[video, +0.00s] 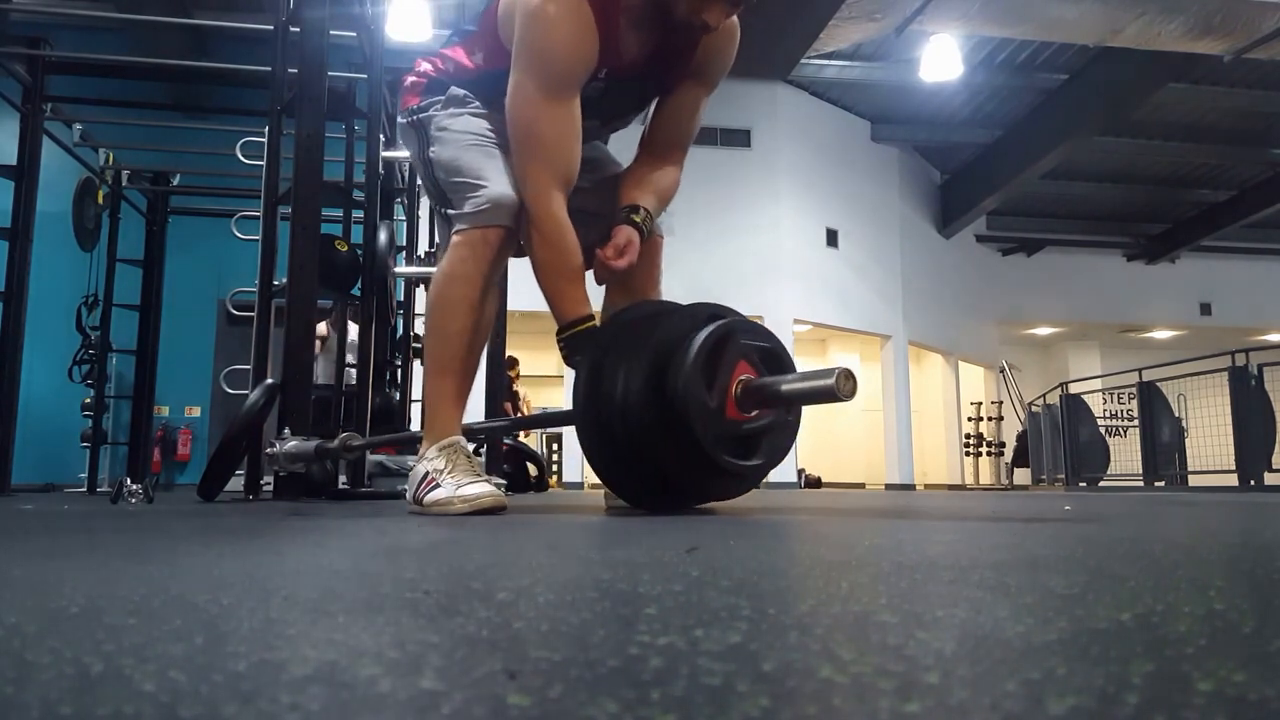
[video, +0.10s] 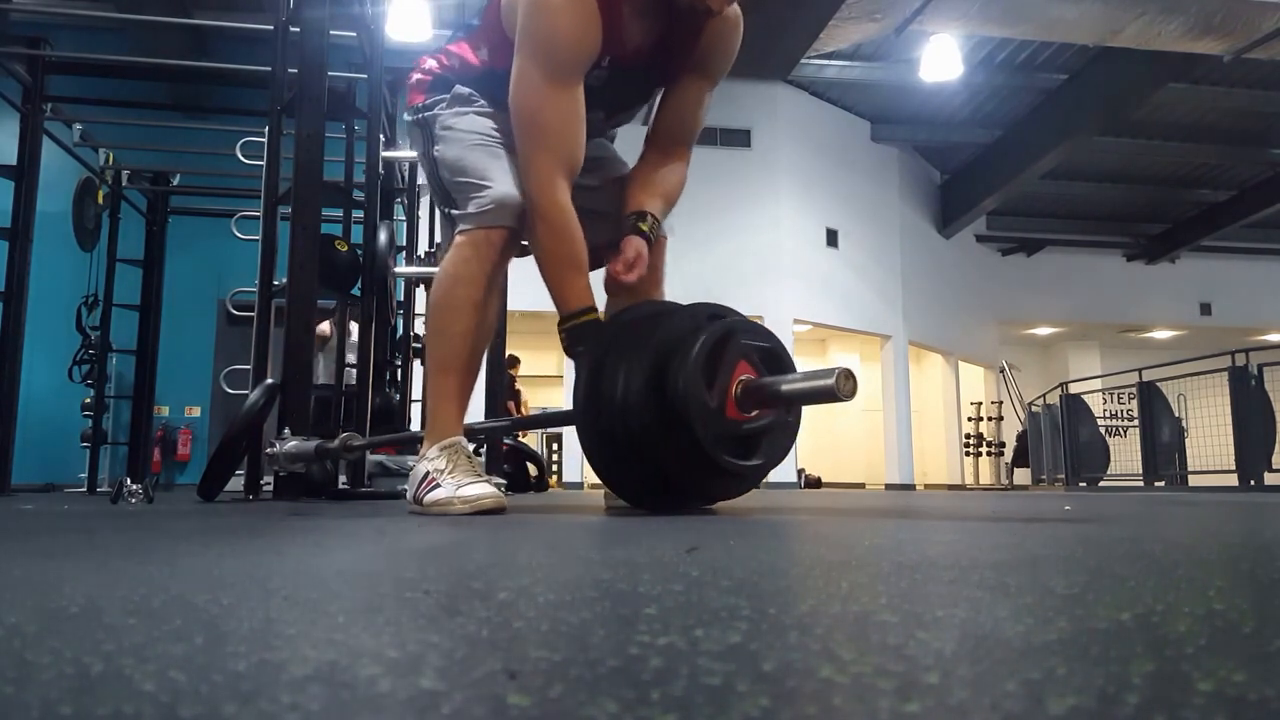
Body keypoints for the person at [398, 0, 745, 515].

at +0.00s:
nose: (723, 15)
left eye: (734, 7)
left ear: (735, 7)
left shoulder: (718, 33)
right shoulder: (561, 14)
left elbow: (663, 155)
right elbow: (544, 192)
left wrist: (634, 217)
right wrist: (584, 346)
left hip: (564, 116)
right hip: (461, 94)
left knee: (642, 239)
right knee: (494, 209)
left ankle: (639, 459)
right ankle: (441, 453)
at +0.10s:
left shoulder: (719, 21)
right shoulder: (564, 9)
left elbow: (669, 149)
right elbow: (548, 179)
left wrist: (642, 225)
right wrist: (583, 331)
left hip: (576, 117)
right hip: (469, 92)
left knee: (647, 240)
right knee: (497, 210)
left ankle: (641, 461)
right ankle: (442, 453)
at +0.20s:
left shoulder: (721, 15)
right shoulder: (561, 4)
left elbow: (678, 146)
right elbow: (544, 154)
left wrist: (650, 240)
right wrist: (579, 318)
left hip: (582, 117)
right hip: (473, 87)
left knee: (642, 252)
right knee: (499, 206)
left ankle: (634, 461)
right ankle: (455, 450)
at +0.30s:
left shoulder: (723, 10)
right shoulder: (553, 4)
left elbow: (693, 143)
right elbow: (531, 126)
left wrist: (664, 264)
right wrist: (565, 295)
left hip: (582, 111)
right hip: (475, 83)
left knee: (639, 247)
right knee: (497, 220)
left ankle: (629, 464)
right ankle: (459, 452)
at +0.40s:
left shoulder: (723, 5)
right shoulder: (535, 2)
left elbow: (707, 135)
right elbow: (516, 100)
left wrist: (684, 268)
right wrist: (547, 270)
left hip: (576, 107)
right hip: (473, 76)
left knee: (631, 241)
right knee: (496, 225)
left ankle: (630, 463)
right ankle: (456, 449)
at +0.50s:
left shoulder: (723, 3)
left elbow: (715, 124)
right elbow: (503, 88)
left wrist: (698, 259)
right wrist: (528, 248)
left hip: (572, 102)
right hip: (470, 73)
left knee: (627, 244)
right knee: (495, 230)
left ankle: (631, 461)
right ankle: (456, 449)